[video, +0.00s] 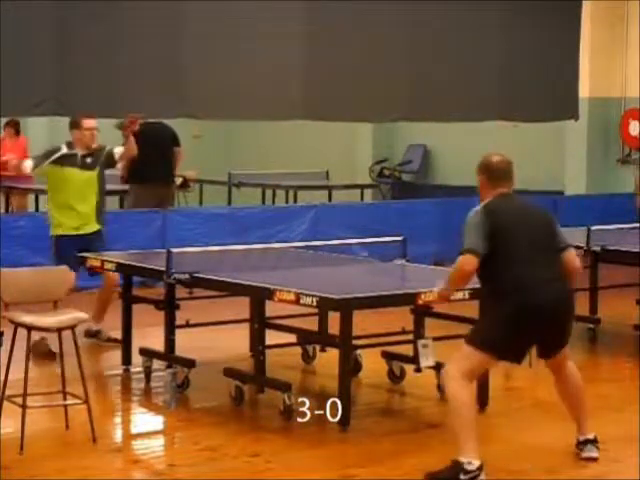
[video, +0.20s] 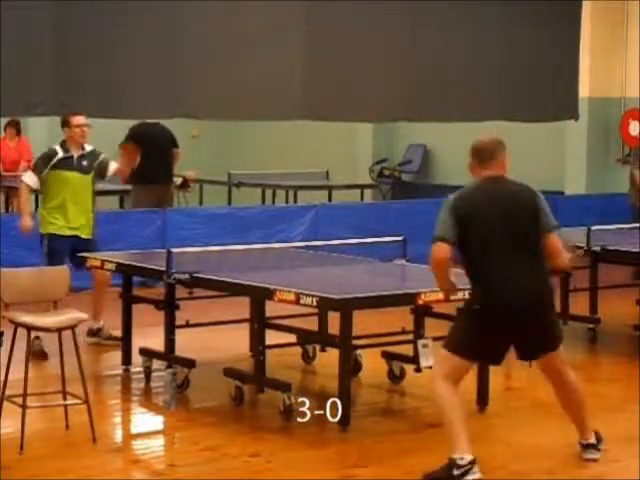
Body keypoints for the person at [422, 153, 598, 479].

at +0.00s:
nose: (478, 187)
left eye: (478, 182)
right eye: (481, 182)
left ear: (482, 181)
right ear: (512, 181)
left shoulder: (482, 214)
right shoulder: (539, 212)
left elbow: (467, 265)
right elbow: (572, 264)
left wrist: (445, 292)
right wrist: (557, 293)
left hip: (511, 309)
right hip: (556, 304)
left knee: (458, 373)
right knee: (560, 361)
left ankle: (468, 461)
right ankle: (587, 437)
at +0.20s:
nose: (503, 167)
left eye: (473, 166)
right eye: (504, 161)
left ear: (472, 166)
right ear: (504, 162)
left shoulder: (458, 202)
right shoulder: (529, 196)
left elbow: (439, 257)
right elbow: (558, 258)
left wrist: (447, 290)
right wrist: (529, 262)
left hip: (487, 305)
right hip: (534, 303)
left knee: (444, 378)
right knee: (558, 371)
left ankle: (462, 459)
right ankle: (588, 439)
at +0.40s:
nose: (450, 151)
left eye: (447, 146)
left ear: (448, 147)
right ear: (481, 140)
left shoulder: (448, 187)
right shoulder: (510, 171)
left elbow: (436, 245)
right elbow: (532, 221)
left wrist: (432, 268)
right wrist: (507, 239)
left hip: (481, 294)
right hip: (529, 287)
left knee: (452, 375)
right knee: (549, 365)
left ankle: (460, 460)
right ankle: (575, 447)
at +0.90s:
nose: (497, 144)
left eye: (497, 138)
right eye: (500, 137)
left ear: (503, 138)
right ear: (533, 138)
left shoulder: (498, 179)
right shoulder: (561, 176)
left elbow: (471, 233)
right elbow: (584, 234)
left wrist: (458, 275)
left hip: (522, 289)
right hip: (569, 287)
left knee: (490, 369)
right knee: (566, 368)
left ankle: (464, 457)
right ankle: (577, 451)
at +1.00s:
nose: (512, 135)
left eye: (513, 130)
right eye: (515, 129)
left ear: (519, 130)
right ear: (549, 131)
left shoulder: (509, 171)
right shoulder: (578, 170)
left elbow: (479, 224)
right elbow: (601, 225)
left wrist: (475, 261)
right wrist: (577, 248)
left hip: (534, 278)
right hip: (581, 277)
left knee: (503, 364)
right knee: (591, 359)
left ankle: (483, 452)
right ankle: (600, 446)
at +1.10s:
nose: (538, 145)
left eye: (539, 139)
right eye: (541, 139)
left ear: (545, 141)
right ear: (574, 142)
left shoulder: (530, 181)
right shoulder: (599, 181)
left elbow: (490, 235)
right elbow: (626, 242)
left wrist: (501, 267)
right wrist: (607, 264)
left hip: (546, 290)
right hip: (596, 289)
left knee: (514, 368)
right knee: (617, 372)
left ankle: (507, 462)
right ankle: (637, 449)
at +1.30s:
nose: (579, 165)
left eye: (581, 160)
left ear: (583, 165)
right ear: (615, 168)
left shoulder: (560, 200)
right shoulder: (626, 206)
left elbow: (529, 254)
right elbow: (635, 259)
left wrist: (544, 282)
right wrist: (630, 287)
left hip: (564, 306)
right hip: (616, 306)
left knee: (528, 388)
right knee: (636, 374)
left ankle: (517, 470)